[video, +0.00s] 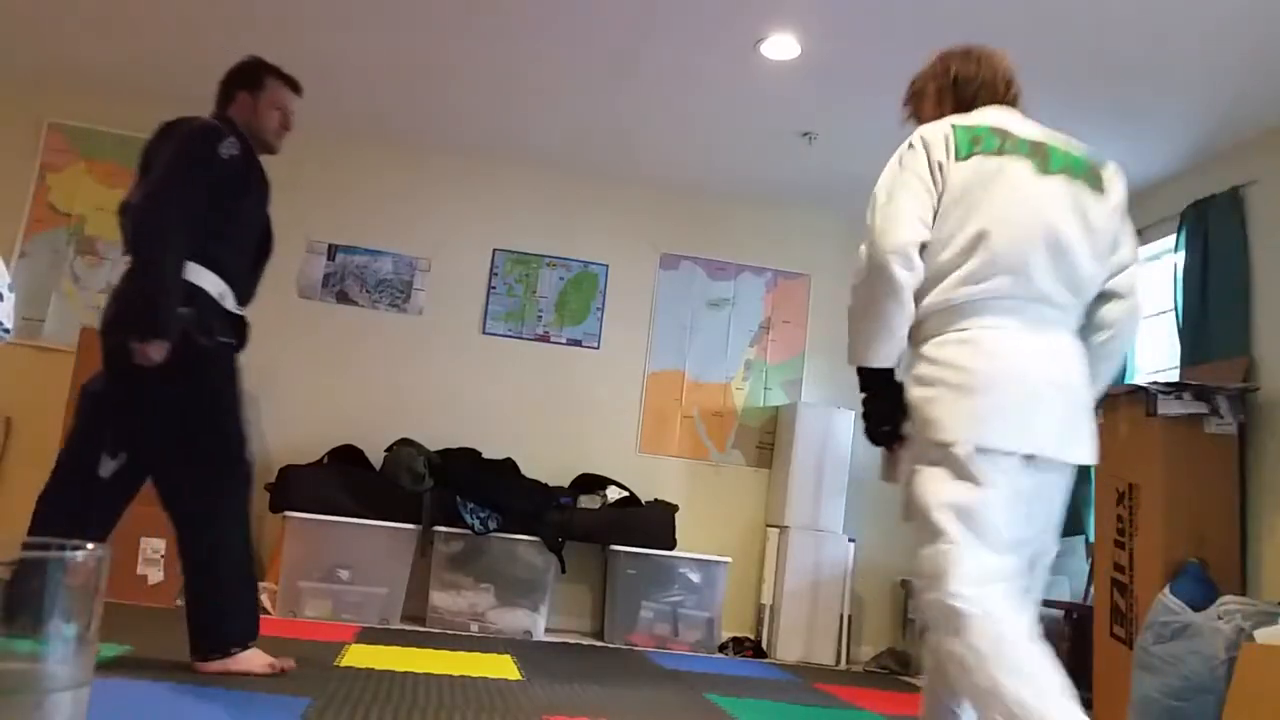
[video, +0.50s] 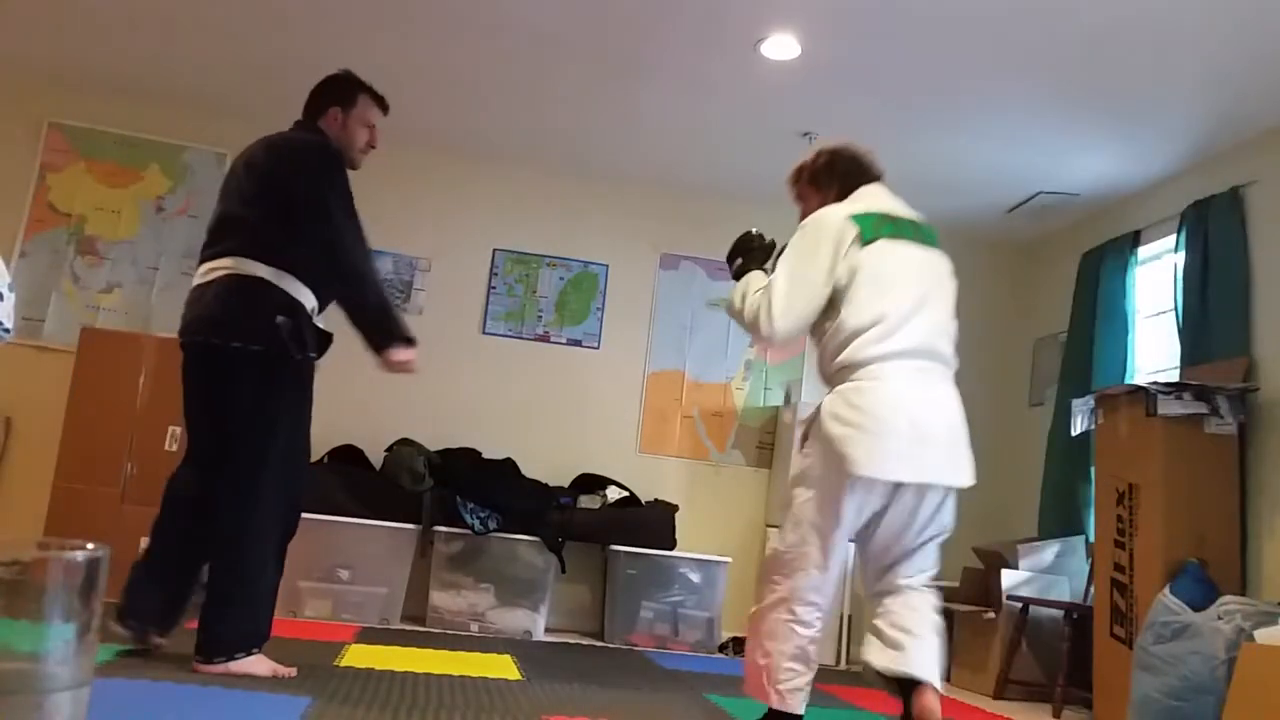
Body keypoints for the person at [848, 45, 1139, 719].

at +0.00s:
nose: (916, 123)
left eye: (918, 110)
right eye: (913, 111)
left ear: (944, 97)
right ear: (1007, 97)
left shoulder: (933, 142)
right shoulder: (1094, 170)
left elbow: (889, 255)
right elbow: (1121, 307)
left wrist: (878, 385)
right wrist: (1069, 393)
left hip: (969, 376)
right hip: (1063, 392)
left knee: (963, 594)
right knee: (1009, 597)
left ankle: (1054, 715)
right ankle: (952, 715)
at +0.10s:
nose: (898, 141)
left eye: (900, 131)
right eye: (895, 132)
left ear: (922, 118)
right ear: (981, 119)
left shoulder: (915, 155)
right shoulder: (1059, 194)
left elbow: (897, 273)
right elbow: (1077, 320)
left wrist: (858, 378)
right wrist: (1025, 389)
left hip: (946, 375)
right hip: (1036, 394)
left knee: (886, 583)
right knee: (979, 591)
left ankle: (1003, 706)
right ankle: (955, 718)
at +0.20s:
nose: (874, 149)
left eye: (876, 139)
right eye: (871, 140)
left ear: (896, 123)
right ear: (950, 126)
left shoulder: (899, 159)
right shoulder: (1025, 200)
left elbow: (869, 270)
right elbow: (1025, 315)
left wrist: (826, 345)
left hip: (926, 373)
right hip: (1009, 387)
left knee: (838, 552)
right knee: (962, 581)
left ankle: (916, 697)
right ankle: (969, 712)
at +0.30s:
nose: (849, 162)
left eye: (851, 150)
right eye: (846, 151)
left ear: (879, 133)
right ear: (922, 138)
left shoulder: (882, 171)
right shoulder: (983, 205)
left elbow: (839, 281)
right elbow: (970, 307)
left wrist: (777, 309)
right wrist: (850, 323)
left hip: (905, 390)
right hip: (987, 400)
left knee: (819, 534)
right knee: (951, 573)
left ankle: (819, 692)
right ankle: (962, 713)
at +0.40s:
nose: (823, 187)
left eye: (826, 174)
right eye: (821, 176)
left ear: (850, 159)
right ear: (893, 159)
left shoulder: (856, 196)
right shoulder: (955, 223)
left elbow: (810, 295)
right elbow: (953, 317)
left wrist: (758, 279)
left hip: (885, 404)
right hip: (964, 410)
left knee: (818, 558)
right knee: (938, 584)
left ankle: (783, 704)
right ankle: (955, 715)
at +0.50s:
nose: (801, 214)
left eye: (802, 203)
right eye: (798, 204)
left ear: (821, 189)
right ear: (866, 182)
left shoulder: (831, 223)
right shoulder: (925, 236)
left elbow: (777, 323)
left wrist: (747, 276)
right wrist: (800, 273)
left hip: (862, 422)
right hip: (940, 430)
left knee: (805, 565)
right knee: (908, 577)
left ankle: (784, 705)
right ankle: (923, 691)